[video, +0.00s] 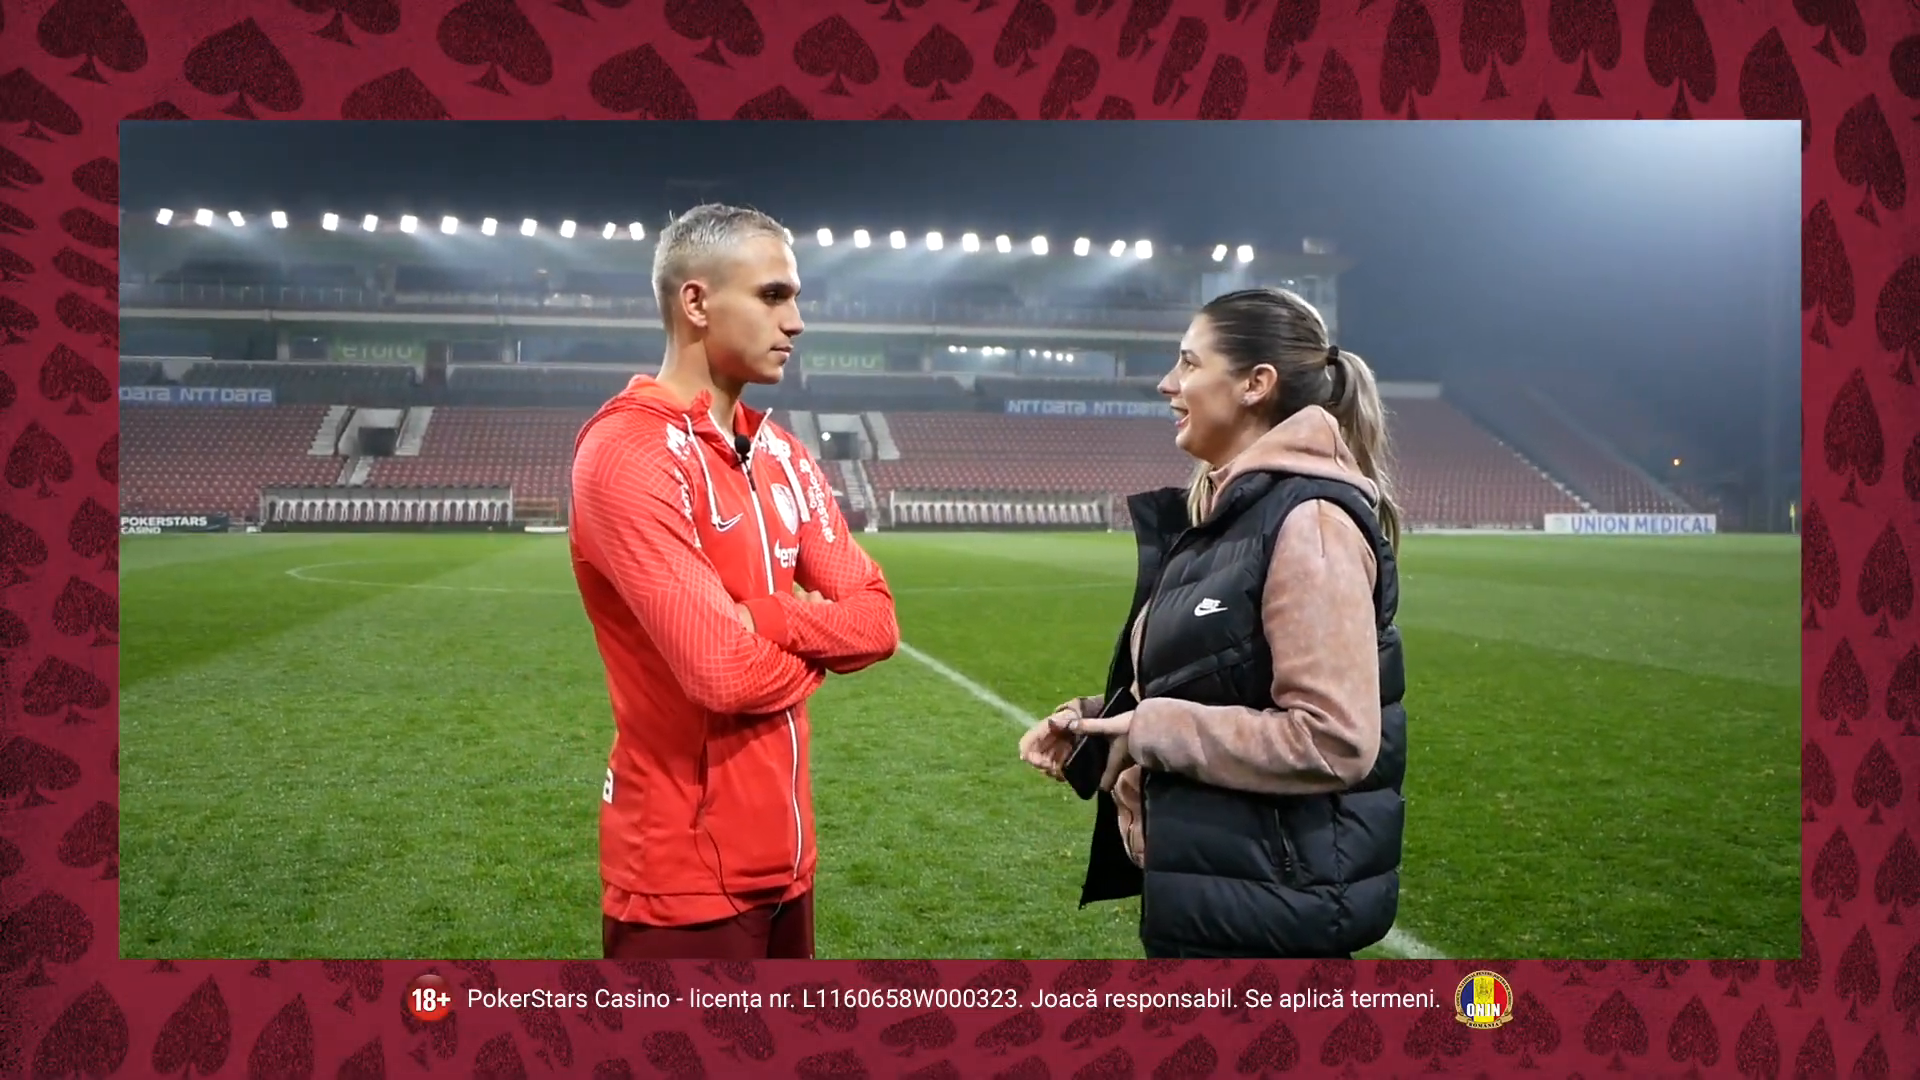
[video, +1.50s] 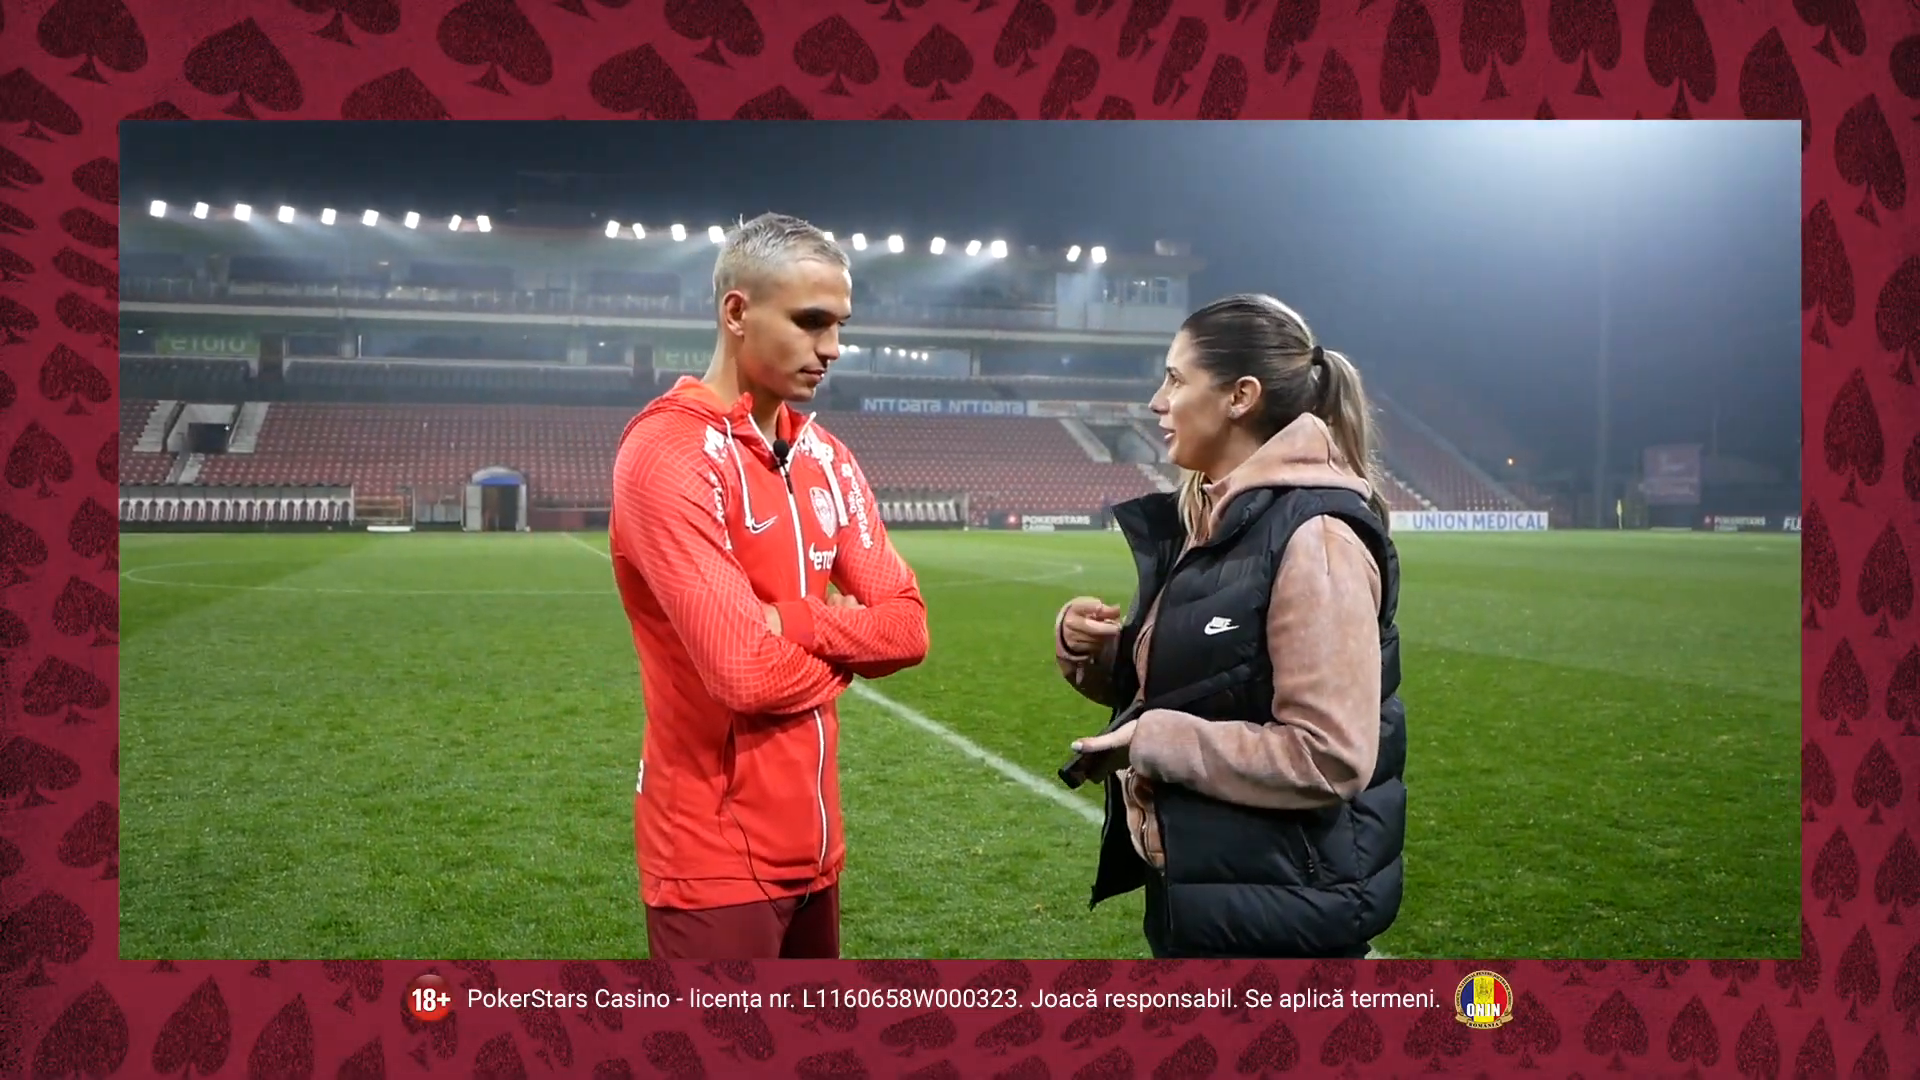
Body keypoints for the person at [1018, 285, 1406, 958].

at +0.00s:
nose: (1166, 385)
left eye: (1189, 364)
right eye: (1176, 364)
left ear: (1257, 384)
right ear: (1250, 384)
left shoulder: (1311, 523)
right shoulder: (1230, 512)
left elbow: (1333, 740)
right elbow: (1220, 695)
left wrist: (1157, 730)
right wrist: (1099, 725)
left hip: (1269, 919)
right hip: (1211, 909)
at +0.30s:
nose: (1191, 393)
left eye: (1213, 371)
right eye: (1199, 372)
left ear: (1283, 386)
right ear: (1274, 386)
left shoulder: (1335, 523)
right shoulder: (1246, 512)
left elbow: (1265, 708)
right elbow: (1163, 665)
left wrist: (1102, 629)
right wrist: (1045, 590)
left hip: (1293, 911)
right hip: (1227, 902)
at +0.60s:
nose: (1195, 393)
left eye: (1217, 370)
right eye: (1204, 372)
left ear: (1287, 386)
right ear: (1277, 385)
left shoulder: (1344, 525)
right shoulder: (1242, 512)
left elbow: (1286, 721)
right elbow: (1151, 673)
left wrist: (1138, 623)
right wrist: (1050, 606)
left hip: (1299, 909)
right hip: (1223, 900)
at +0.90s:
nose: (1204, 382)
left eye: (1226, 360)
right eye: (1213, 361)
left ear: (1296, 379)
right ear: (1292, 382)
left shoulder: (1324, 523)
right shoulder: (1244, 508)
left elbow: (1315, 747)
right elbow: (1172, 666)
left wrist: (1144, 759)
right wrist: (1097, 624)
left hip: (1283, 912)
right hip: (1225, 903)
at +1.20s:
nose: (1168, 385)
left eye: (1191, 364)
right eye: (1178, 365)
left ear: (1255, 389)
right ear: (1249, 391)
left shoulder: (1318, 531)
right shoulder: (1221, 515)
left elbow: (1331, 747)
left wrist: (1156, 735)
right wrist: (1112, 649)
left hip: (1279, 919)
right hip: (1209, 909)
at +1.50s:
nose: (1157, 403)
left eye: (1175, 379)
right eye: (1164, 380)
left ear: (1241, 396)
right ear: (1237, 398)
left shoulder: (1317, 538)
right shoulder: (1216, 519)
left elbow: (1330, 755)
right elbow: (1179, 686)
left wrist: (1155, 739)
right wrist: (1093, 652)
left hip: (1278, 915)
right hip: (1207, 904)